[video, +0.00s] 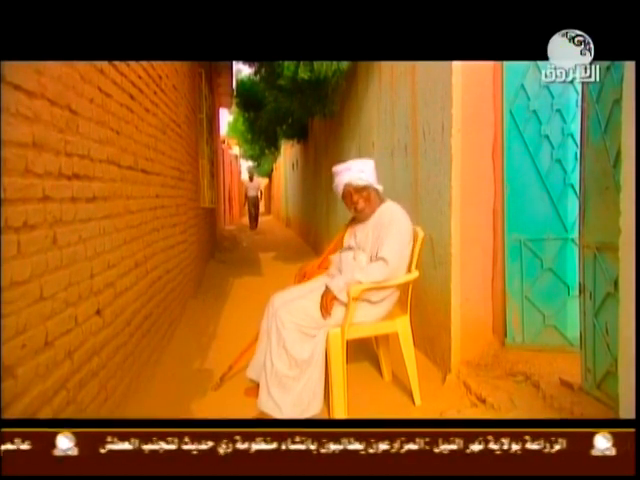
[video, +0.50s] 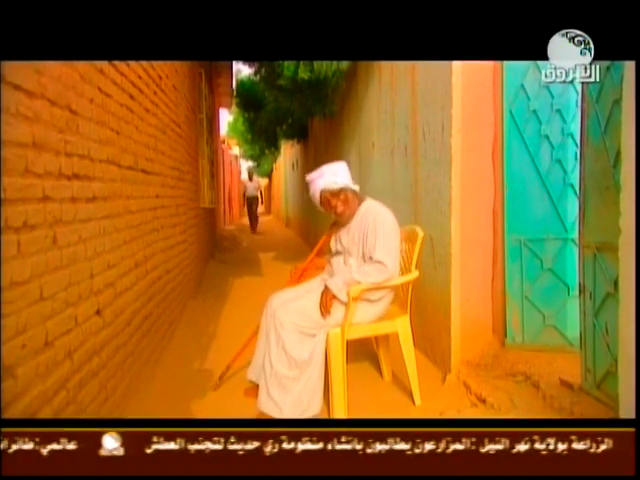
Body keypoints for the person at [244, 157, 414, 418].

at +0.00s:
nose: (356, 202)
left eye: (359, 193)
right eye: (349, 198)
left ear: (373, 190)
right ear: (345, 201)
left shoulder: (395, 218)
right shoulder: (361, 219)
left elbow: (389, 270)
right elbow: (344, 258)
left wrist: (339, 287)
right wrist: (328, 283)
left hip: (368, 299)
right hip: (342, 286)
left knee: (288, 315)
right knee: (278, 303)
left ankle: (289, 407)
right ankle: (268, 377)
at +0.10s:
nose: (352, 203)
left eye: (356, 194)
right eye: (345, 199)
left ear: (369, 190)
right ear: (341, 202)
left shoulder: (391, 217)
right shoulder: (358, 219)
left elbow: (389, 270)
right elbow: (342, 259)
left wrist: (339, 286)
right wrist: (328, 284)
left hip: (369, 300)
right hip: (342, 287)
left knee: (289, 315)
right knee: (278, 303)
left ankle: (289, 406)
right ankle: (269, 379)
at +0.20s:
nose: (344, 207)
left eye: (346, 199)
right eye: (338, 202)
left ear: (360, 192)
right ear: (337, 202)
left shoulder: (388, 217)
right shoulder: (354, 219)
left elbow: (388, 269)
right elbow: (341, 257)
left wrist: (338, 286)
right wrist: (318, 271)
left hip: (368, 299)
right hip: (339, 286)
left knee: (289, 316)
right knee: (277, 303)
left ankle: (290, 406)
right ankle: (268, 379)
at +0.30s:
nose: (341, 207)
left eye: (343, 199)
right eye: (336, 203)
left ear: (357, 193)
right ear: (334, 204)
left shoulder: (386, 217)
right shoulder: (350, 220)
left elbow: (388, 270)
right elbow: (340, 258)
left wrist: (338, 286)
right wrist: (325, 280)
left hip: (367, 299)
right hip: (339, 286)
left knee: (289, 317)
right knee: (277, 303)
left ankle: (290, 406)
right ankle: (268, 379)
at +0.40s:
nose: (335, 209)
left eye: (336, 201)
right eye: (330, 205)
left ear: (349, 194)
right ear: (330, 206)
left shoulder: (381, 217)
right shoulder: (347, 220)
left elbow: (387, 270)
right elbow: (340, 258)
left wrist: (340, 284)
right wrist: (328, 282)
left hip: (367, 299)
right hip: (340, 285)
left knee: (288, 316)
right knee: (276, 304)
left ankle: (289, 406)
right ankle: (267, 380)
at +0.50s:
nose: (333, 208)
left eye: (334, 200)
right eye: (327, 206)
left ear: (347, 193)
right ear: (325, 208)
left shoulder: (378, 217)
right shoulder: (346, 220)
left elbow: (386, 270)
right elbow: (341, 258)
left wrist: (337, 284)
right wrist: (326, 278)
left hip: (367, 299)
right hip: (340, 285)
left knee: (288, 317)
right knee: (276, 304)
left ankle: (289, 406)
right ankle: (267, 380)